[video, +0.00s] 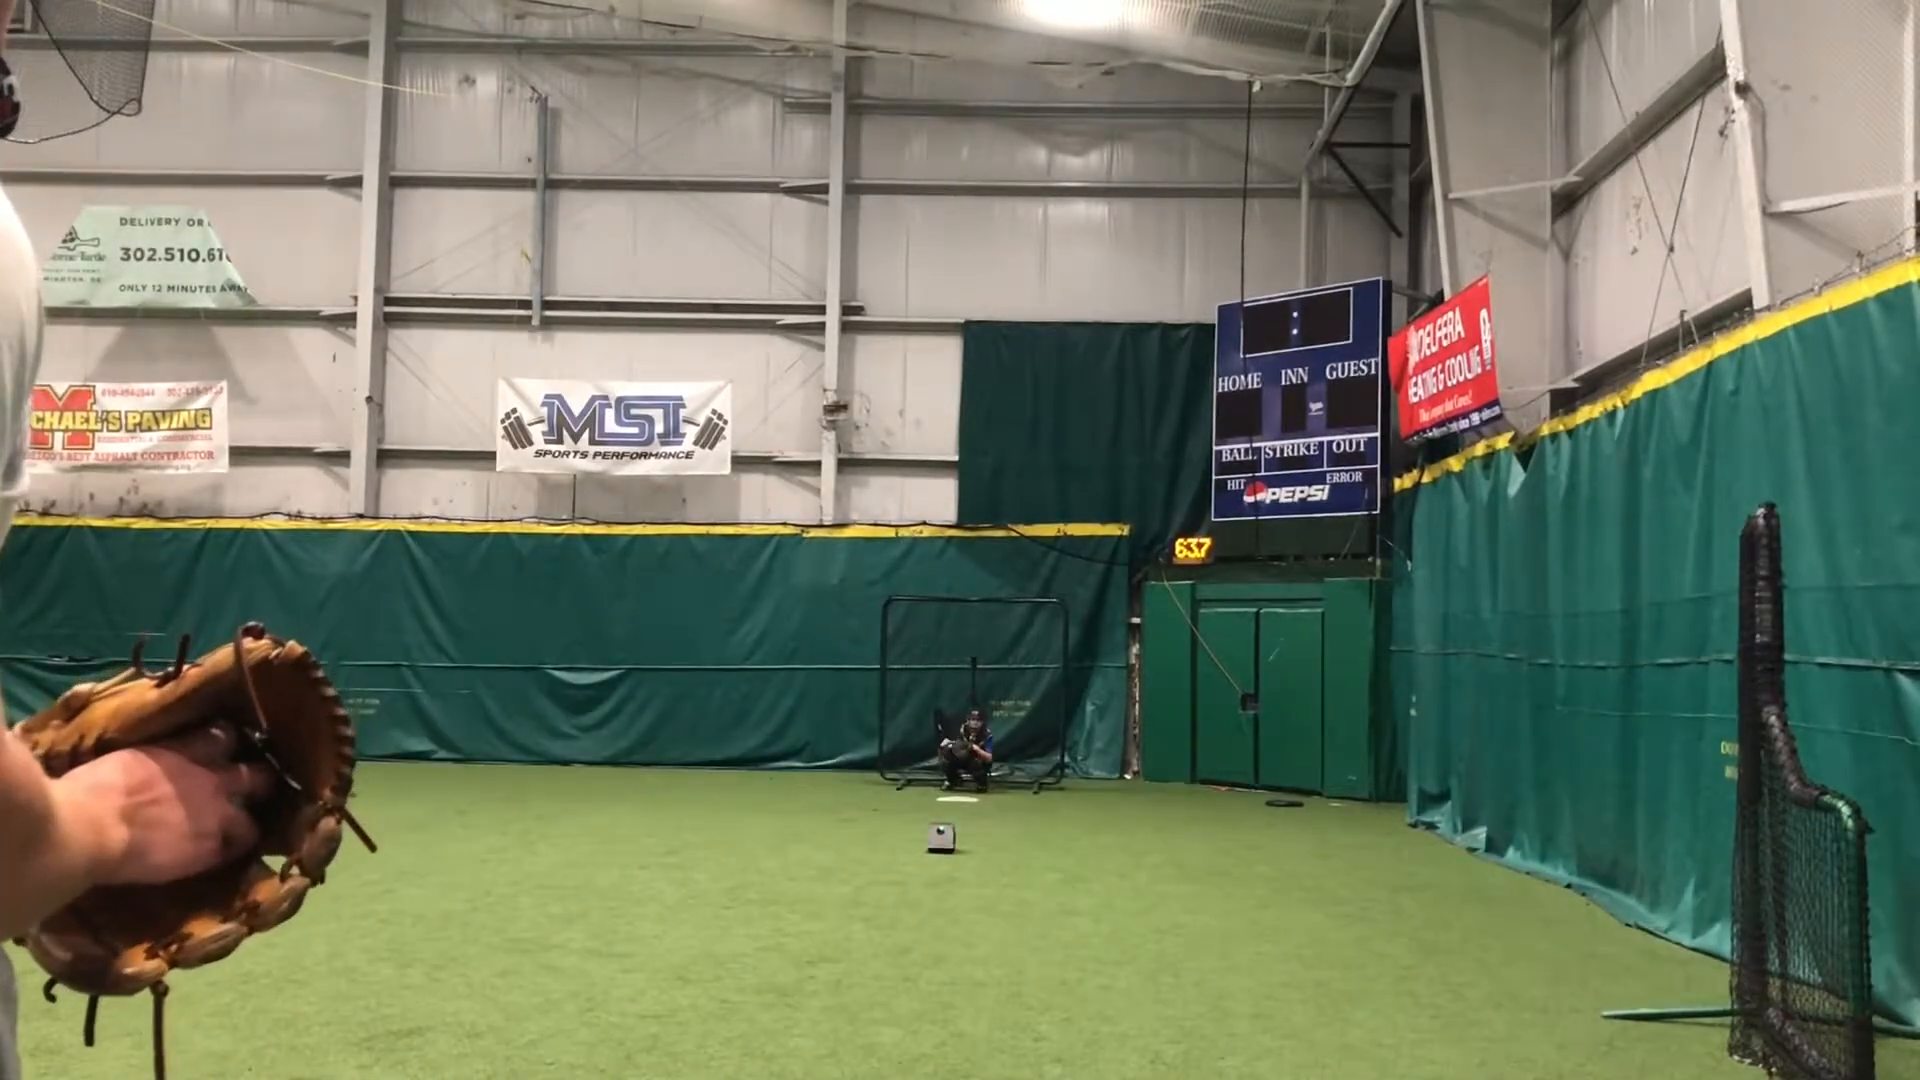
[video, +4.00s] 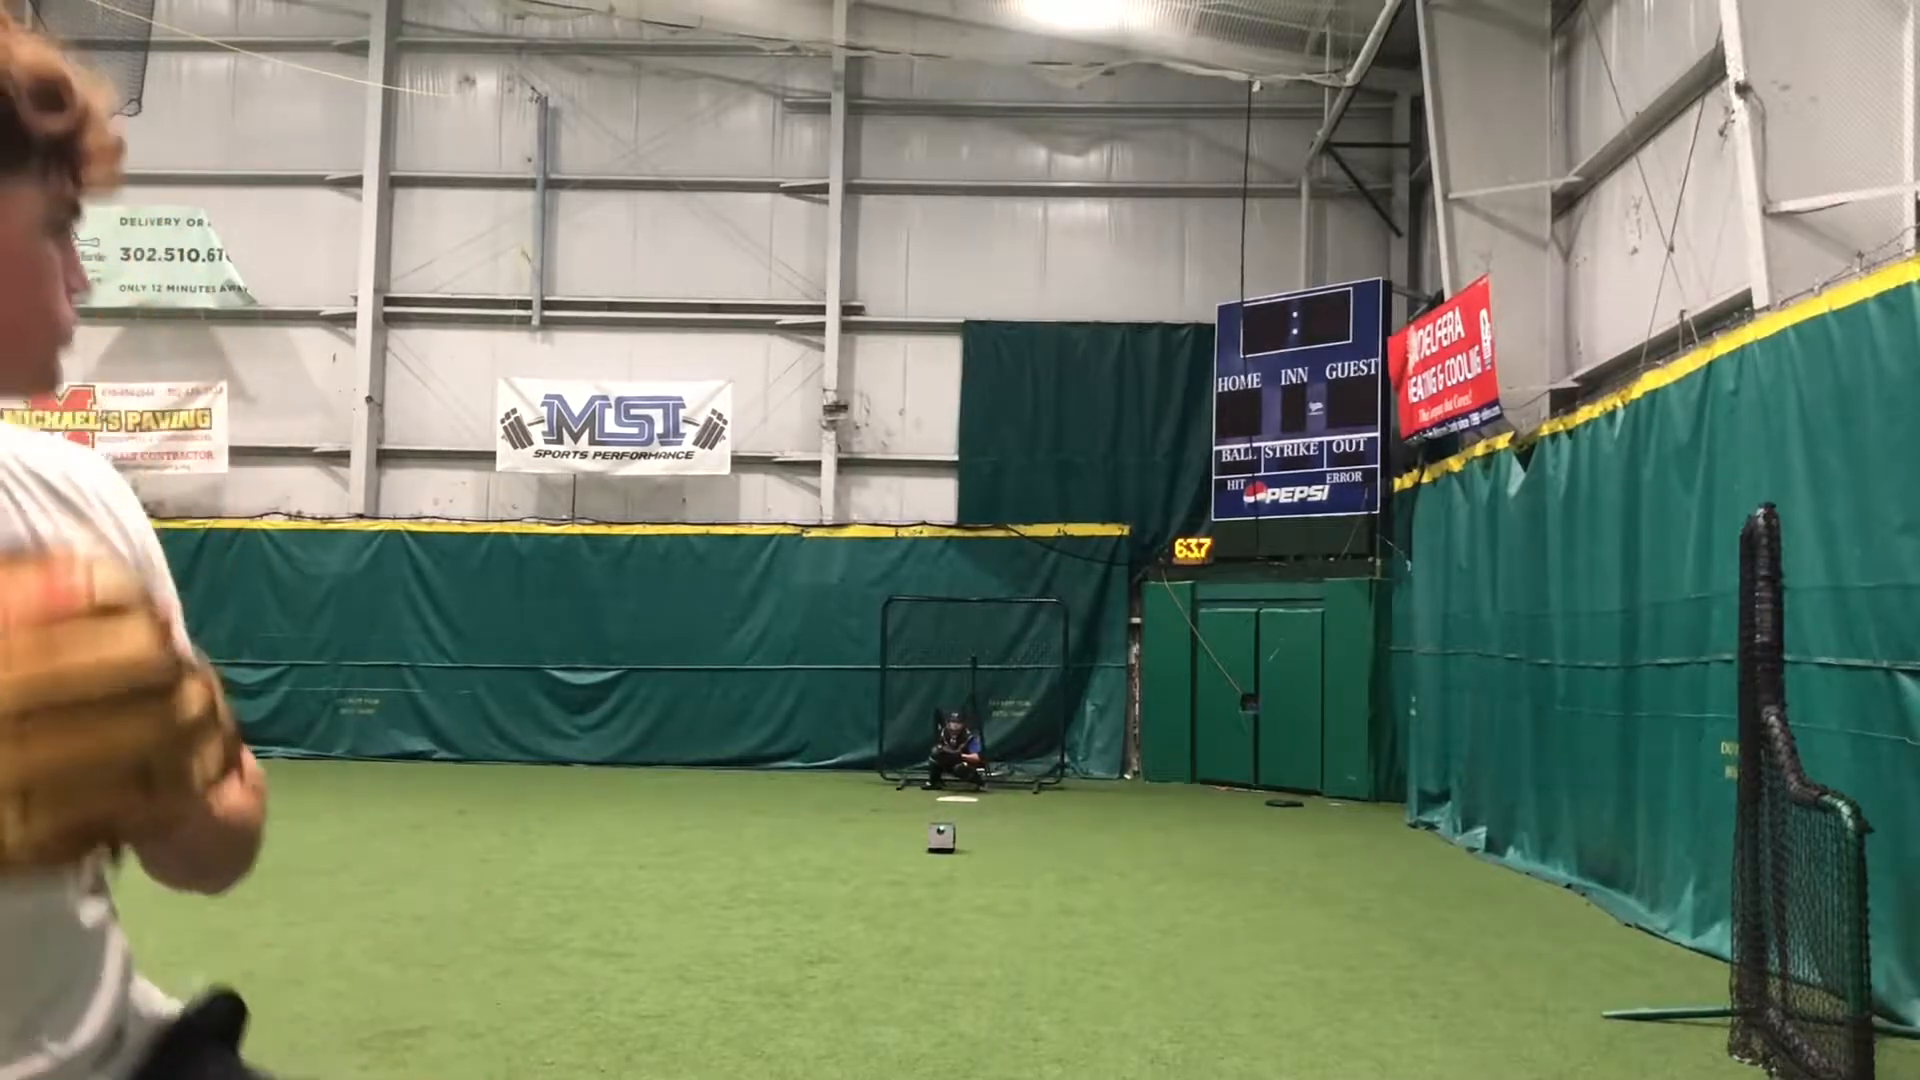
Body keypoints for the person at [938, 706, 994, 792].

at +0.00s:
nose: (975, 723)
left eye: (978, 720)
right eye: (972, 720)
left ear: (982, 723)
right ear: (968, 721)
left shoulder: (987, 735)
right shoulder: (962, 732)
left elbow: (989, 758)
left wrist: (974, 747)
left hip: (978, 760)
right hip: (963, 759)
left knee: (978, 764)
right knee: (947, 762)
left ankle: (982, 784)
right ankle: (953, 781)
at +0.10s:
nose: (975, 723)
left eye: (978, 721)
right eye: (972, 720)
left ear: (983, 722)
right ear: (968, 721)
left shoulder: (987, 736)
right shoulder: (962, 732)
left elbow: (989, 758)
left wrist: (973, 747)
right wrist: (947, 747)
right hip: (961, 759)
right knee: (946, 756)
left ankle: (981, 784)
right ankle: (942, 779)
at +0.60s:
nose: (966, 724)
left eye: (970, 722)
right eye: (964, 721)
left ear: (974, 724)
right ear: (960, 722)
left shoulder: (979, 736)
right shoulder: (954, 733)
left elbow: (986, 757)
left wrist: (970, 753)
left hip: (973, 764)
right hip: (957, 762)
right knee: (944, 757)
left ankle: (981, 785)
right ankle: (936, 782)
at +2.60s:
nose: (963, 727)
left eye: (966, 724)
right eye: (960, 724)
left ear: (970, 726)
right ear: (956, 725)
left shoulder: (977, 738)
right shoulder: (951, 735)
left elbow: (984, 759)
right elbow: (942, 751)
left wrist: (969, 757)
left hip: (971, 764)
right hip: (954, 762)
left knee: (979, 773)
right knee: (939, 764)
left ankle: (981, 785)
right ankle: (936, 783)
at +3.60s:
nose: (958, 727)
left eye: (961, 724)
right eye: (956, 724)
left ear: (966, 726)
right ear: (951, 725)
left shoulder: (973, 738)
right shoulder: (946, 735)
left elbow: (980, 760)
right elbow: (939, 751)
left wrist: (964, 759)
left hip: (966, 766)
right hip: (949, 764)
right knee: (937, 760)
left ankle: (981, 783)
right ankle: (935, 782)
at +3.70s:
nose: (957, 726)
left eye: (960, 724)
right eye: (955, 723)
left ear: (965, 725)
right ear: (950, 725)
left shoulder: (972, 738)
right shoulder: (945, 735)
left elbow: (979, 759)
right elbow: (938, 751)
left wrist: (963, 757)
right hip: (948, 763)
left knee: (963, 768)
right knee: (936, 760)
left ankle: (980, 782)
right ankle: (936, 782)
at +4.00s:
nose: (954, 726)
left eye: (958, 723)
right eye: (952, 722)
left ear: (963, 725)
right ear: (947, 724)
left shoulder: (970, 738)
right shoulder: (942, 735)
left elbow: (976, 758)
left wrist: (960, 756)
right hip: (946, 760)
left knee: (960, 768)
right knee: (935, 753)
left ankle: (980, 782)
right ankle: (935, 782)